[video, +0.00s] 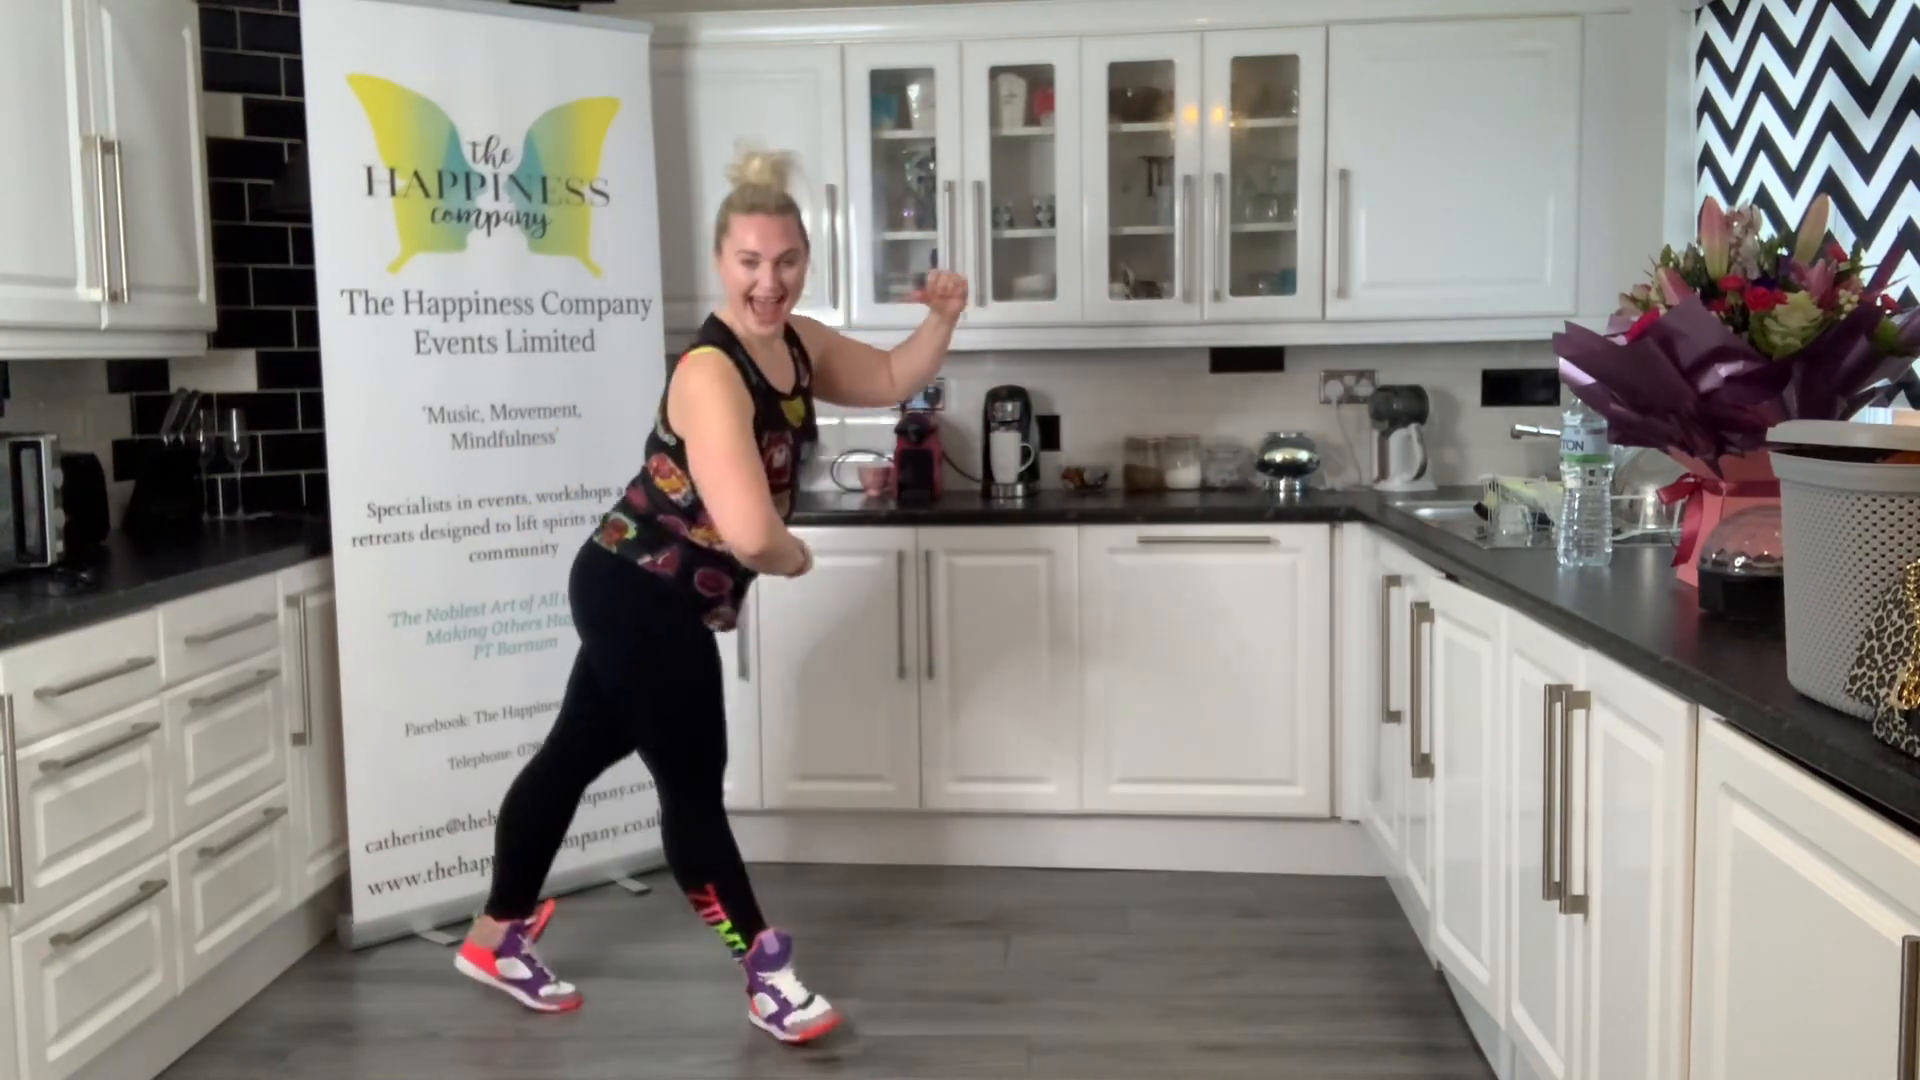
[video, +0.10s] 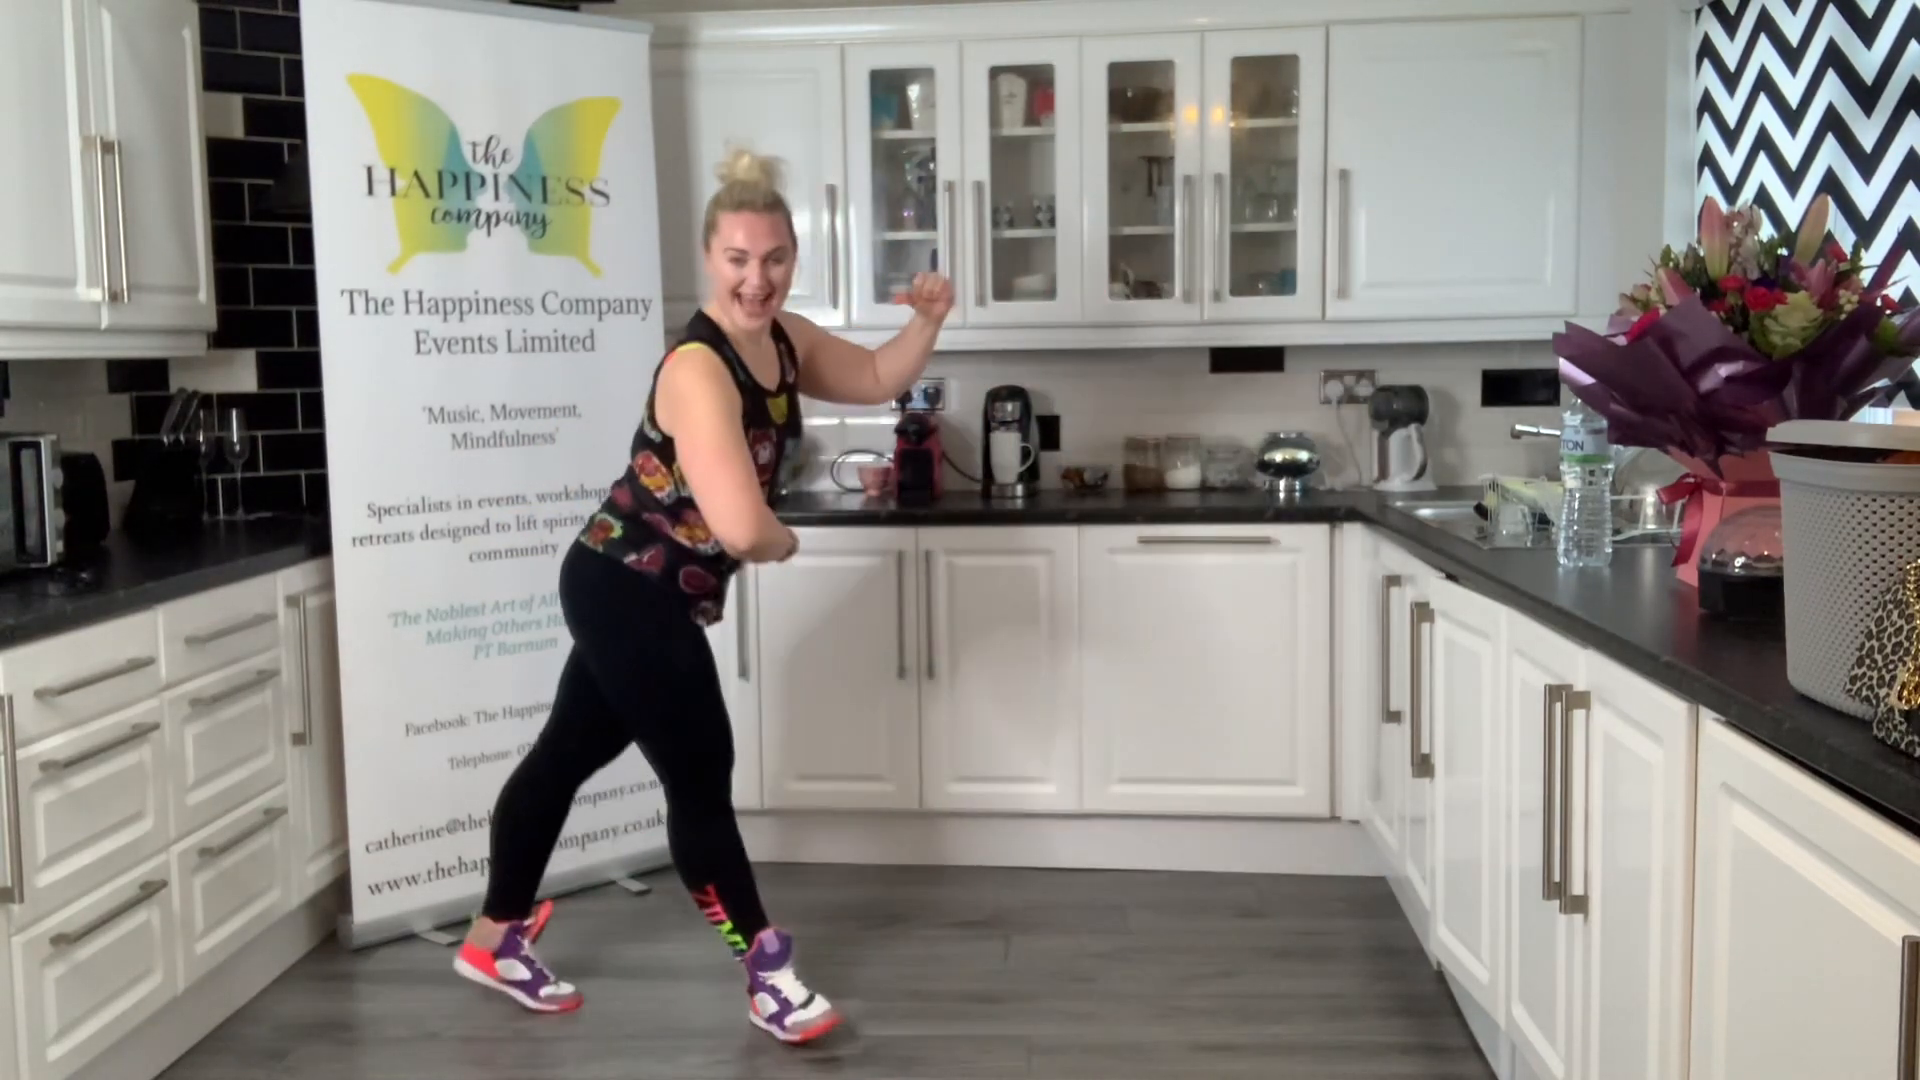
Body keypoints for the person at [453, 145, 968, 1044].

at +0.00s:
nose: (769, 278)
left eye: (785, 259)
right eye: (749, 260)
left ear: (806, 257)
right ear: (719, 260)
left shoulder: (798, 342)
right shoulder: (710, 373)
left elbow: (888, 380)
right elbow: (750, 535)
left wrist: (942, 317)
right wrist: (790, 555)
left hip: (669, 588)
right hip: (640, 590)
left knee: (569, 760)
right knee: (693, 778)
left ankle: (496, 935)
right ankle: (764, 970)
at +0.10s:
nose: (756, 277)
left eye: (773, 257)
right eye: (736, 258)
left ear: (795, 256)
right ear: (707, 258)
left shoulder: (787, 339)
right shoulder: (697, 369)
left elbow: (875, 380)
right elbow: (743, 531)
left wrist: (926, 322)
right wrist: (780, 540)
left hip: (662, 585)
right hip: (625, 584)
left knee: (562, 759)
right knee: (698, 768)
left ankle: (495, 936)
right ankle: (765, 969)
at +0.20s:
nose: (751, 270)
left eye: (769, 251)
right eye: (731, 251)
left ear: (789, 252)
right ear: (702, 253)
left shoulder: (783, 330)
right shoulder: (693, 361)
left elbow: (870, 383)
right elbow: (728, 519)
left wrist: (917, 336)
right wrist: (785, 512)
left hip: (658, 580)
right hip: (625, 581)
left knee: (569, 753)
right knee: (714, 762)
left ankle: (499, 933)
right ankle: (767, 972)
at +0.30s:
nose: (757, 281)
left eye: (774, 263)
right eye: (737, 264)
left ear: (795, 265)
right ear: (707, 267)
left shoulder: (794, 345)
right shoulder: (703, 372)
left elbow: (873, 400)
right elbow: (690, 527)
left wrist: (921, 384)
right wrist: (801, 509)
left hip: (678, 595)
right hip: (633, 591)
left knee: (577, 765)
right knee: (748, 759)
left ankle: (491, 942)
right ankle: (771, 974)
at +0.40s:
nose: (772, 284)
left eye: (789, 265)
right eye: (753, 266)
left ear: (809, 265)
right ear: (724, 267)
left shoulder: (810, 349)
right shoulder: (718, 380)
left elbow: (907, 412)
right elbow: (669, 526)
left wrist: (1010, 454)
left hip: (712, 598)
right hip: (659, 597)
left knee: (631, 774)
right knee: (769, 762)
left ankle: (505, 933)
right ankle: (779, 978)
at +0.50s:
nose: (799, 266)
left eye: (815, 247)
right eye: (780, 249)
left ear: (835, 248)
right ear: (750, 252)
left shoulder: (854, 338)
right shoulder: (742, 364)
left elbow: (938, 416)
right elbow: (674, 495)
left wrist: (1032, 485)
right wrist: (628, 615)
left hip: (773, 595)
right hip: (700, 594)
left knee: (761, 770)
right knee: (768, 765)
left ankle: (598, 885)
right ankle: (778, 976)